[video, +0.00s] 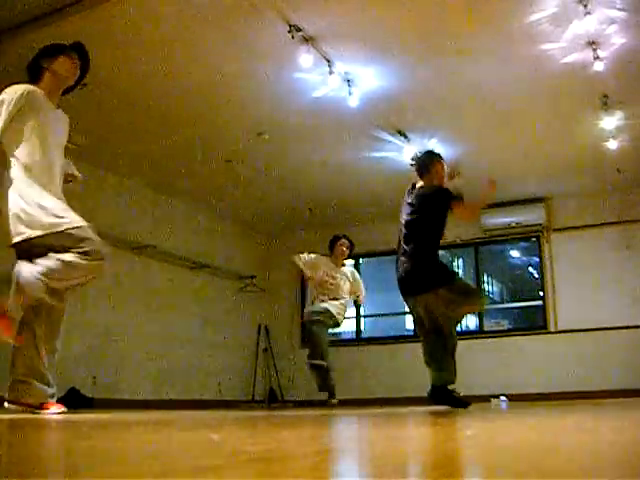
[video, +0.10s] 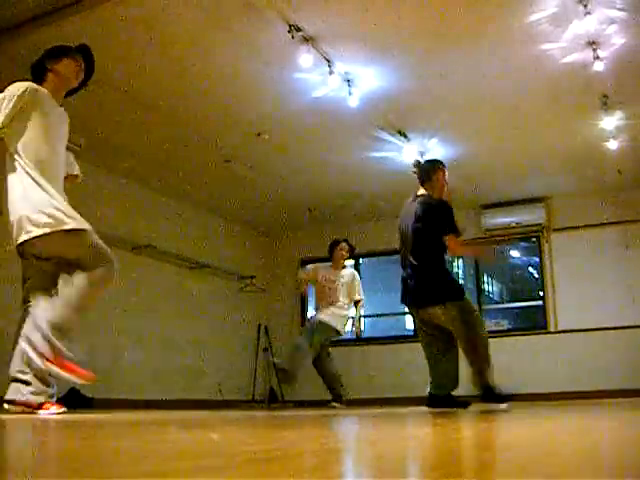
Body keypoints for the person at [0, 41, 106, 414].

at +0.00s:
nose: (75, 65)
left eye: (79, 64)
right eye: (68, 57)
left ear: (76, 81)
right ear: (46, 64)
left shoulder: (60, 117)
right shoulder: (22, 94)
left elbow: (42, 156)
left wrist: (65, 169)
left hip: (43, 204)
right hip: (21, 197)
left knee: (48, 298)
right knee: (92, 254)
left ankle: (29, 388)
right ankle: (26, 281)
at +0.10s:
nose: (77, 69)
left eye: (82, 69)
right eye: (71, 61)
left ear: (79, 83)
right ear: (49, 65)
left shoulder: (60, 116)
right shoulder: (26, 91)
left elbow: (57, 159)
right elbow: (1, 127)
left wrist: (69, 165)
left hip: (43, 211)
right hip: (34, 206)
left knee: (42, 302)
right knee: (101, 266)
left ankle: (26, 390)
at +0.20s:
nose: (82, 80)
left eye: (85, 79)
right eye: (78, 71)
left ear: (78, 88)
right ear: (57, 71)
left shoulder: (57, 122)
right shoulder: (28, 97)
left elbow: (47, 165)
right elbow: (1, 133)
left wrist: (71, 171)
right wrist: (12, 175)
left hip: (51, 216)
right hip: (34, 212)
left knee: (50, 309)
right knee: (76, 300)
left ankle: (26, 391)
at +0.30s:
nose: (85, 94)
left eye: (90, 93)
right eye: (82, 84)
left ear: (86, 103)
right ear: (61, 81)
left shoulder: (62, 144)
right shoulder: (28, 105)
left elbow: (60, 203)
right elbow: (2, 151)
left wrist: (95, 193)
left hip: (43, 226)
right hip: (28, 220)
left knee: (53, 314)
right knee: (94, 281)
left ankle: (29, 390)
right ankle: (101, 375)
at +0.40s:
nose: (89, 99)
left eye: (96, 96)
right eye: (87, 88)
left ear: (94, 102)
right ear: (68, 81)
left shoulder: (72, 146)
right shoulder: (29, 98)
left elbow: (75, 205)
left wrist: (106, 213)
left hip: (37, 219)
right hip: (12, 199)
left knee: (46, 297)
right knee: (92, 244)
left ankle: (27, 389)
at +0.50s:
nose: (97, 102)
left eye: (103, 100)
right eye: (94, 92)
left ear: (103, 106)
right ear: (77, 83)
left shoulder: (80, 144)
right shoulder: (39, 93)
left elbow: (56, 191)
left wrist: (94, 178)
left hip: (32, 199)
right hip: (6, 183)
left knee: (39, 285)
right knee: (59, 232)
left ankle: (18, 382)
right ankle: (12, 323)